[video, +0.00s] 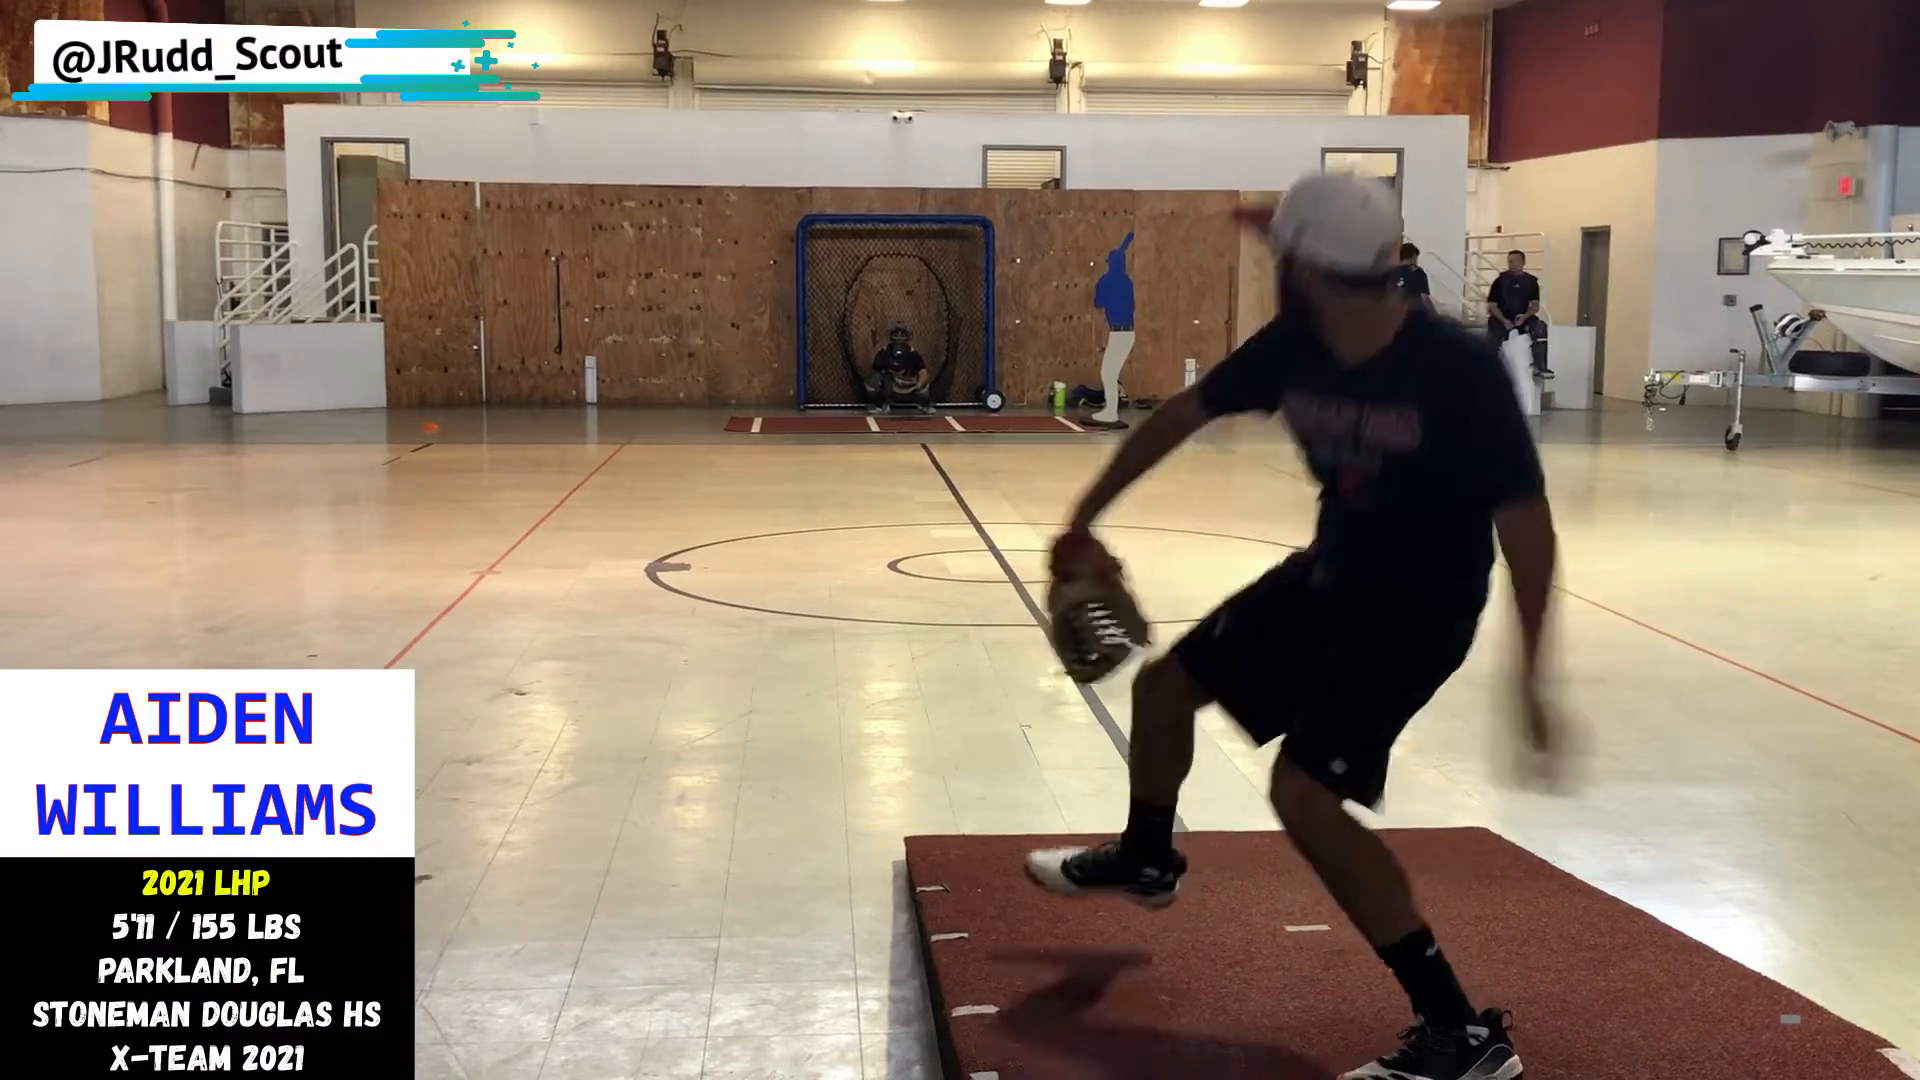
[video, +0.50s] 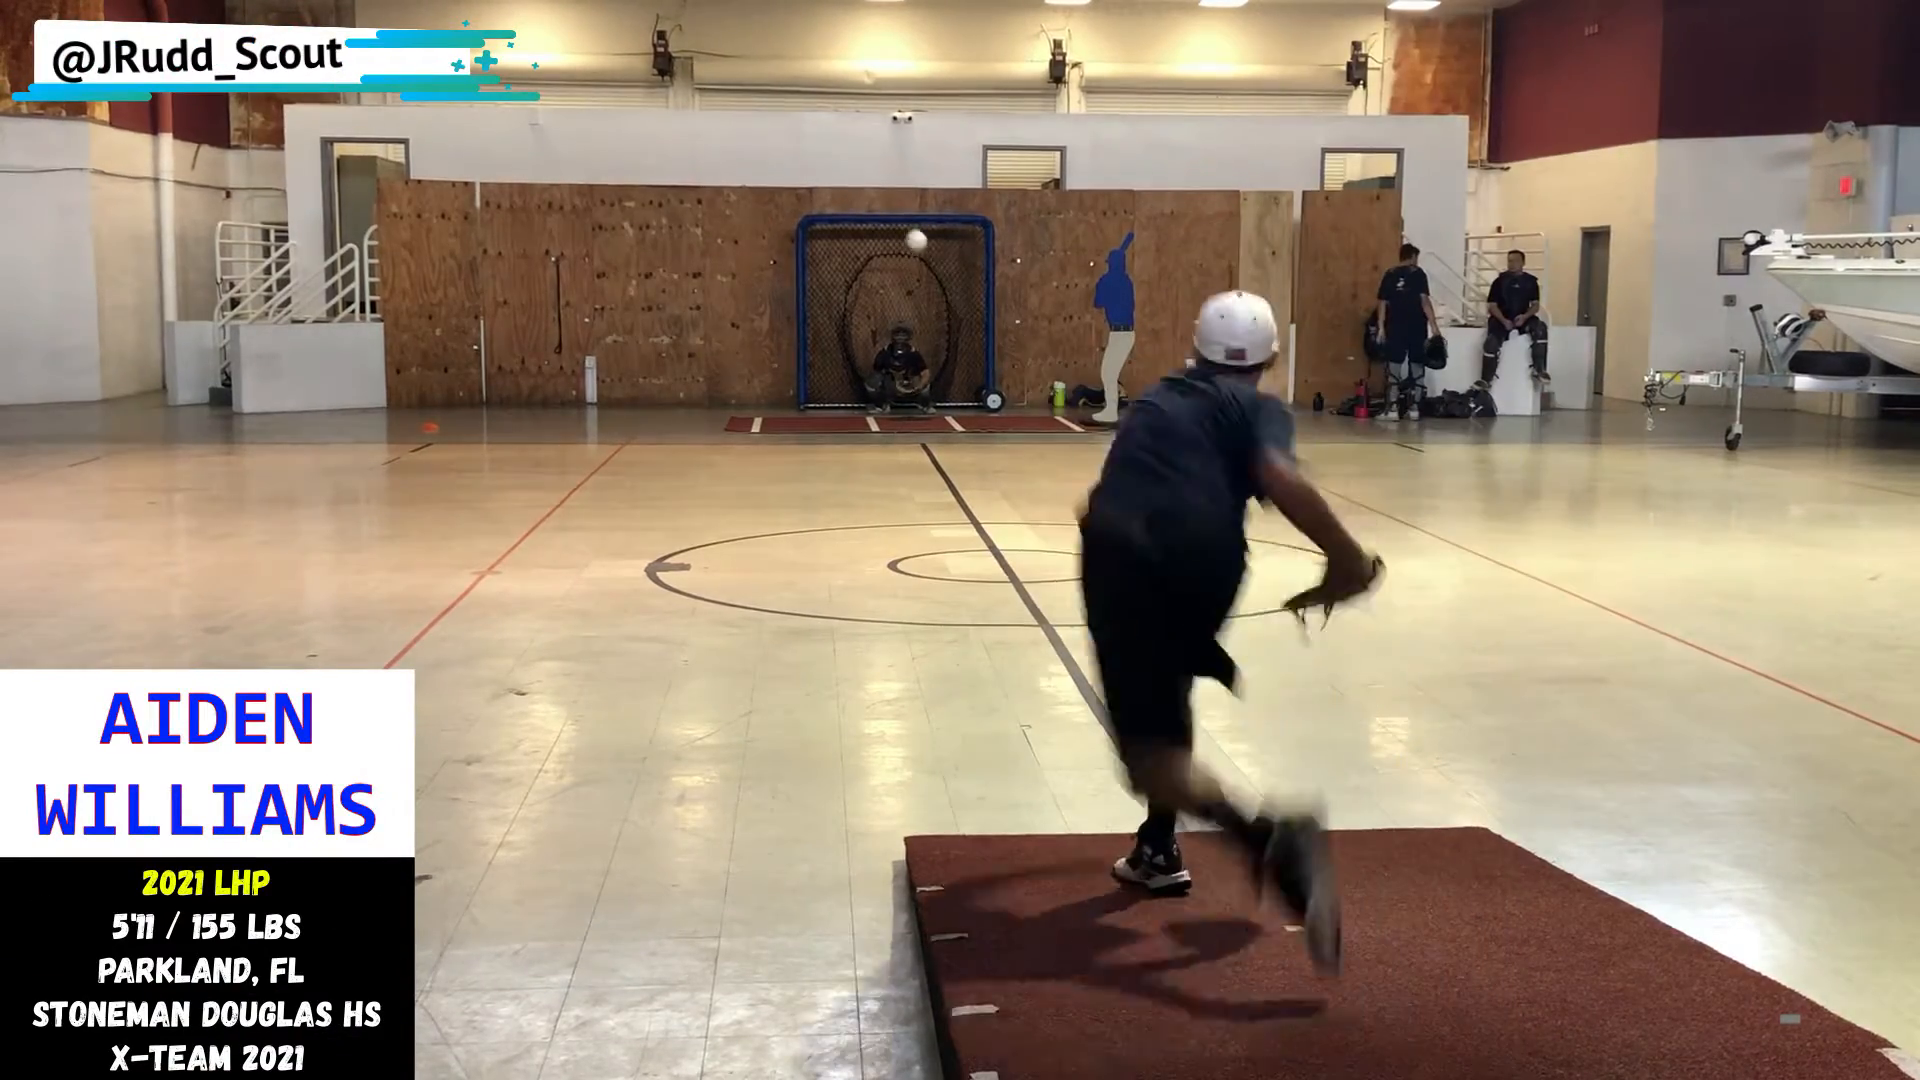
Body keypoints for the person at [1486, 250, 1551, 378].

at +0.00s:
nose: (1513, 265)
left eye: (1516, 261)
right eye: (1510, 261)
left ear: (1523, 263)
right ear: (1507, 263)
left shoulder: (1531, 280)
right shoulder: (1501, 280)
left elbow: (1535, 304)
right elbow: (1492, 305)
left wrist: (1525, 316)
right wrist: (1504, 320)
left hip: (1523, 318)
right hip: (1502, 317)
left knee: (1540, 327)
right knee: (1495, 330)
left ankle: (1540, 366)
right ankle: (1489, 366)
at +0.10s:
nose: (1513, 265)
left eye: (1516, 262)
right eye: (1510, 262)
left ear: (1523, 263)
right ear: (1508, 263)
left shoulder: (1531, 281)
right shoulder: (1500, 281)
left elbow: (1535, 305)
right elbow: (1492, 305)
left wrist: (1525, 316)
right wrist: (1504, 321)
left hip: (1523, 317)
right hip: (1502, 318)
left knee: (1540, 328)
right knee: (1491, 341)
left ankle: (1540, 368)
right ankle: (1486, 379)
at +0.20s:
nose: (1512, 264)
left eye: (1515, 261)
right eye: (1510, 262)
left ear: (1523, 263)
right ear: (1507, 263)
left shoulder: (1531, 281)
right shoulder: (1500, 281)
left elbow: (1535, 305)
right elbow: (1492, 305)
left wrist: (1525, 316)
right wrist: (1504, 321)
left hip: (1523, 317)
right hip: (1502, 317)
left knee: (1540, 329)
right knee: (1491, 340)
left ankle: (1540, 369)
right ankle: (1486, 379)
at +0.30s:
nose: (1512, 264)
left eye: (1515, 261)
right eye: (1510, 261)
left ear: (1523, 263)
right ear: (1507, 263)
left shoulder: (1531, 281)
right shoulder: (1500, 281)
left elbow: (1535, 305)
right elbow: (1492, 305)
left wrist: (1525, 316)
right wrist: (1504, 321)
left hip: (1523, 317)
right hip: (1502, 317)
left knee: (1540, 329)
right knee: (1492, 341)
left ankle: (1540, 369)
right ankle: (1486, 379)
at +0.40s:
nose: (1512, 264)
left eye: (1516, 261)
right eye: (1510, 261)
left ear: (1523, 263)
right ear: (1507, 263)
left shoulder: (1531, 281)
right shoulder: (1500, 281)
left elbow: (1535, 305)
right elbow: (1492, 305)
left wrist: (1525, 316)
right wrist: (1504, 321)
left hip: (1523, 317)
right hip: (1502, 317)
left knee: (1540, 329)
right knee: (1492, 341)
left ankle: (1540, 369)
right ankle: (1486, 379)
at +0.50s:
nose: (1511, 264)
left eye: (1515, 261)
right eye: (1509, 261)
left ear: (1522, 262)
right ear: (1507, 262)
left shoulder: (1531, 281)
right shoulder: (1499, 281)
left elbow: (1535, 305)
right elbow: (1492, 305)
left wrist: (1525, 316)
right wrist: (1504, 321)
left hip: (1523, 317)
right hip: (1502, 318)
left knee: (1540, 329)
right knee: (1491, 341)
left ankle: (1540, 369)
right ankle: (1486, 379)